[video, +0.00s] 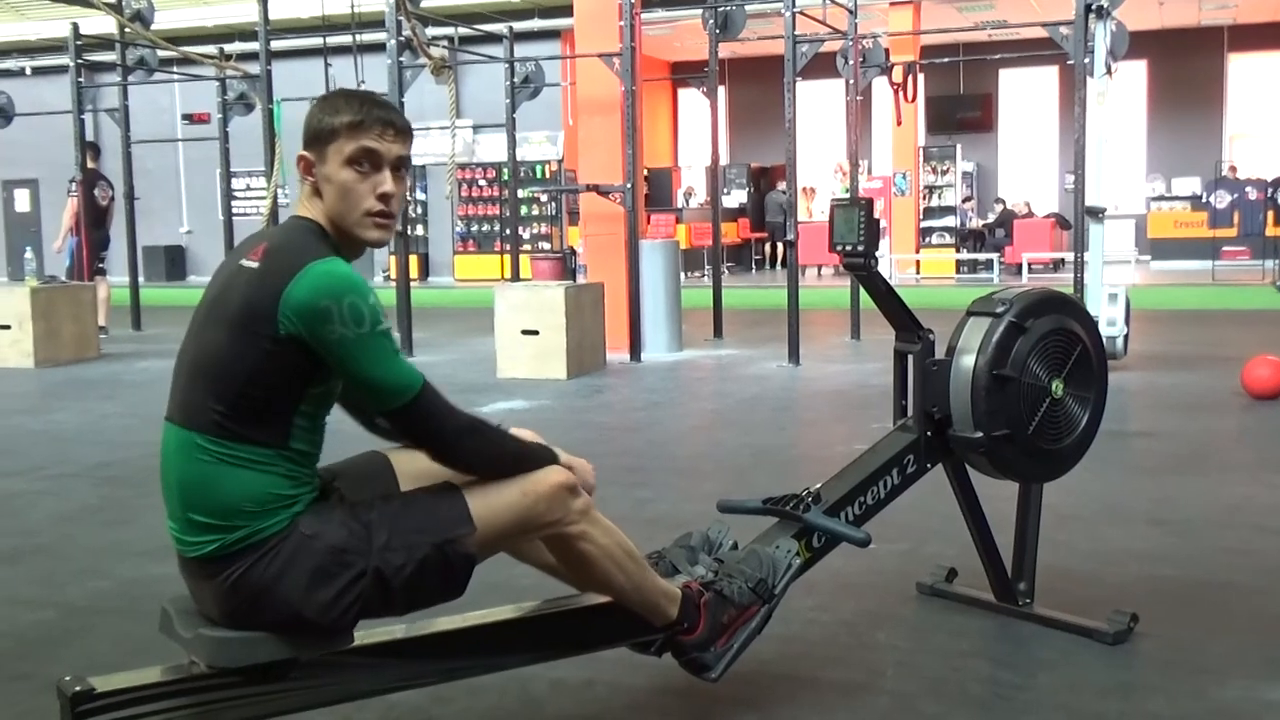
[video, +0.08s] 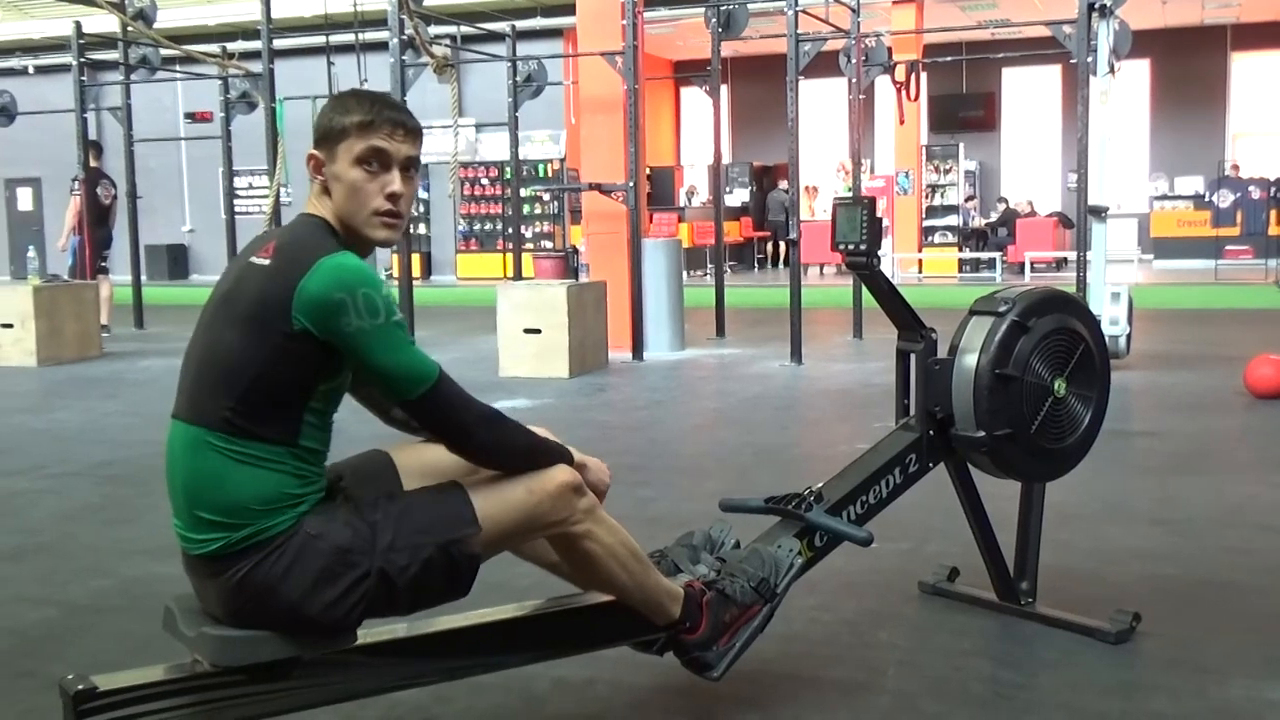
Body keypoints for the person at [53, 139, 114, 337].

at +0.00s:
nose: (78, 158)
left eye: (79, 154)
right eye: (80, 154)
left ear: (84, 156)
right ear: (97, 157)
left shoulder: (79, 182)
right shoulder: (108, 183)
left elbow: (71, 211)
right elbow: (110, 214)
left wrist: (61, 238)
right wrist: (105, 232)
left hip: (82, 235)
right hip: (102, 234)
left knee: (76, 279)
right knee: (101, 278)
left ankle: (77, 324)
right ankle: (102, 323)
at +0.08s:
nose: (81, 157)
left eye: (82, 153)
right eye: (83, 153)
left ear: (86, 155)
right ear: (100, 155)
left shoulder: (81, 181)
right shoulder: (110, 182)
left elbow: (74, 210)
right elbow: (113, 213)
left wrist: (64, 237)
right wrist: (108, 232)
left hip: (85, 234)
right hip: (104, 233)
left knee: (78, 278)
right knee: (103, 277)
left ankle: (80, 323)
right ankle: (104, 322)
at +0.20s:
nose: (84, 157)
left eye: (85, 153)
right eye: (87, 153)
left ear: (89, 155)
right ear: (103, 155)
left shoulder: (83, 180)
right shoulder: (113, 182)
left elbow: (77, 210)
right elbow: (115, 213)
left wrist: (68, 238)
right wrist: (111, 232)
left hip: (88, 235)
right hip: (107, 234)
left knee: (81, 278)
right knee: (106, 277)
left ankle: (83, 323)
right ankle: (107, 322)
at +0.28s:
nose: (84, 157)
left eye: (86, 153)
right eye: (87, 153)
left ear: (89, 155)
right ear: (104, 155)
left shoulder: (84, 180)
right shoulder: (114, 181)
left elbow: (79, 210)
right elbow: (117, 213)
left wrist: (70, 237)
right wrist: (113, 232)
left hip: (89, 235)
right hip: (108, 234)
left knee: (82, 278)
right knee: (107, 277)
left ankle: (84, 323)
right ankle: (108, 322)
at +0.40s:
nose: (89, 156)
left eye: (90, 152)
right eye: (92, 152)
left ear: (94, 154)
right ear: (109, 154)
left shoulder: (89, 179)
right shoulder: (119, 181)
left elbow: (84, 209)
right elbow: (121, 212)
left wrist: (75, 237)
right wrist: (117, 231)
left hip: (94, 234)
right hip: (113, 233)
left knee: (88, 277)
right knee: (112, 276)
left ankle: (89, 322)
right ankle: (113, 321)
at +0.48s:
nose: (92, 156)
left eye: (93, 153)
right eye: (94, 153)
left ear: (97, 154)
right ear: (111, 155)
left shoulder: (93, 179)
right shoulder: (122, 181)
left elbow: (87, 209)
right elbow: (124, 213)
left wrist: (78, 237)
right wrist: (120, 231)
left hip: (97, 234)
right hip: (116, 233)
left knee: (91, 278)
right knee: (115, 276)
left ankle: (92, 322)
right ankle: (116, 321)